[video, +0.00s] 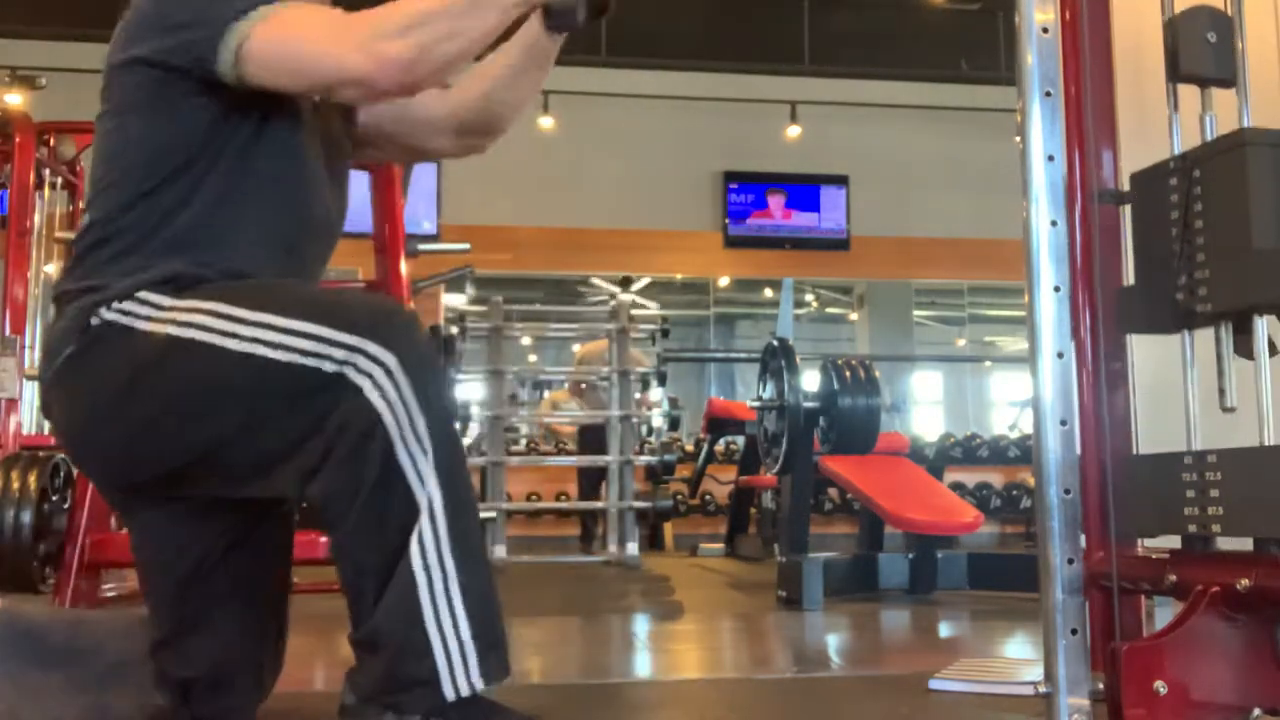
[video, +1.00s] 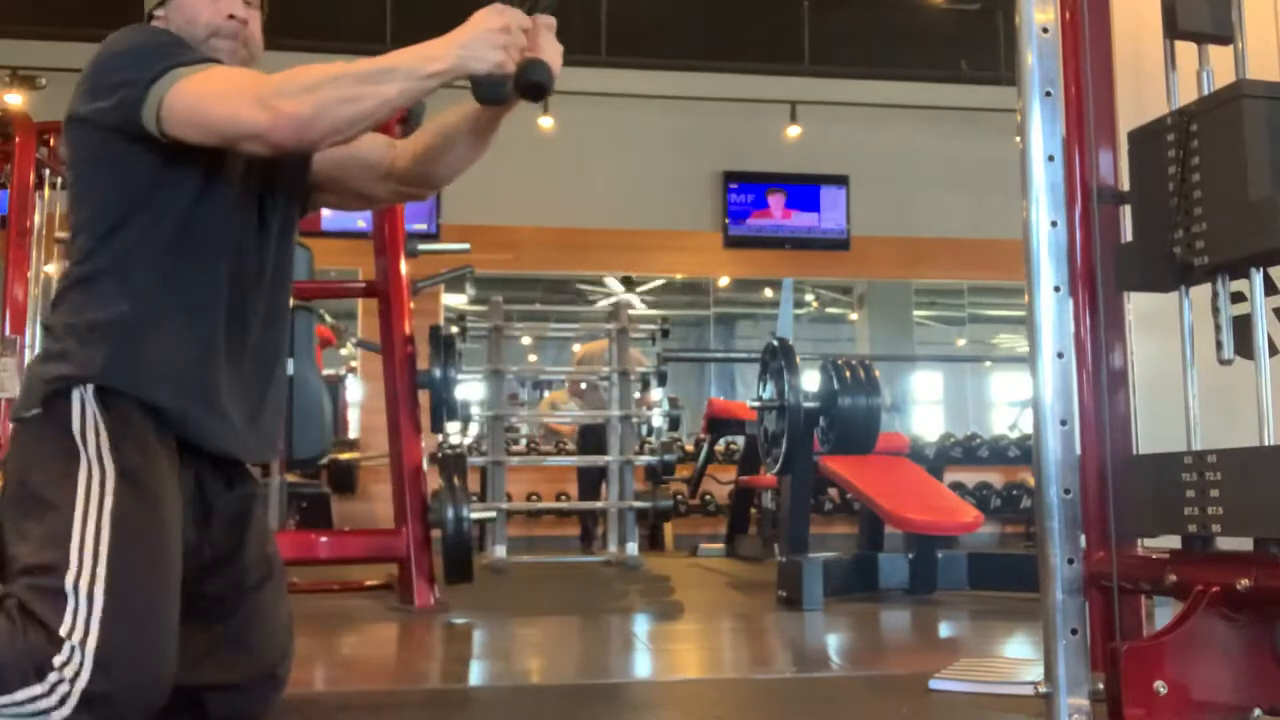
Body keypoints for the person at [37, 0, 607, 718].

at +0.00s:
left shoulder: (302, 93)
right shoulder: (173, 14)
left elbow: (465, 120)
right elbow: (372, 57)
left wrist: (557, 14)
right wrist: (532, 5)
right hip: (124, 329)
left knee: (217, 683)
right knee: (375, 353)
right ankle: (428, 694)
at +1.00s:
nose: (244, 12)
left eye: (254, 5)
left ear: (264, 30)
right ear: (162, 6)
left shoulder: (269, 128)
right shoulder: (130, 59)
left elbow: (409, 167)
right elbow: (273, 114)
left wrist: (502, 92)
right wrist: (449, 52)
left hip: (219, 448)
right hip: (103, 411)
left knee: (239, 679)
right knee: (100, 676)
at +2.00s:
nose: (499, 151)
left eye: (503, 129)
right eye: (483, 119)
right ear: (410, 104)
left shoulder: (438, 244)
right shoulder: (310, 159)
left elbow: (514, 389)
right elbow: (413, 329)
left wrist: (610, 331)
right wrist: (597, 298)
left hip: (207, 491)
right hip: (78, 448)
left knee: (259, 683)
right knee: (112, 696)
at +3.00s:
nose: (564, 482)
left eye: (577, 461)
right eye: (563, 451)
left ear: (506, 417)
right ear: (505, 415)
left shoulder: (458, 464)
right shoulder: (369, 427)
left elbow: (455, 625)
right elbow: (336, 667)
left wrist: (549, 646)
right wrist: (528, 662)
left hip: (168, 500)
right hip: (46, 449)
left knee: (238, 685)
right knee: (82, 703)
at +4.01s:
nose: (632, 212)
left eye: (628, 185)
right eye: (616, 187)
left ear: (555, 192)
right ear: (556, 186)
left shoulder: (521, 273)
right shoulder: (466, 223)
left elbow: (674, 305)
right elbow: (688, 316)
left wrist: (830, 251)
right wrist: (846, 248)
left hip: (230, 506)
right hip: (114, 435)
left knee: (249, 688)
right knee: (77, 699)